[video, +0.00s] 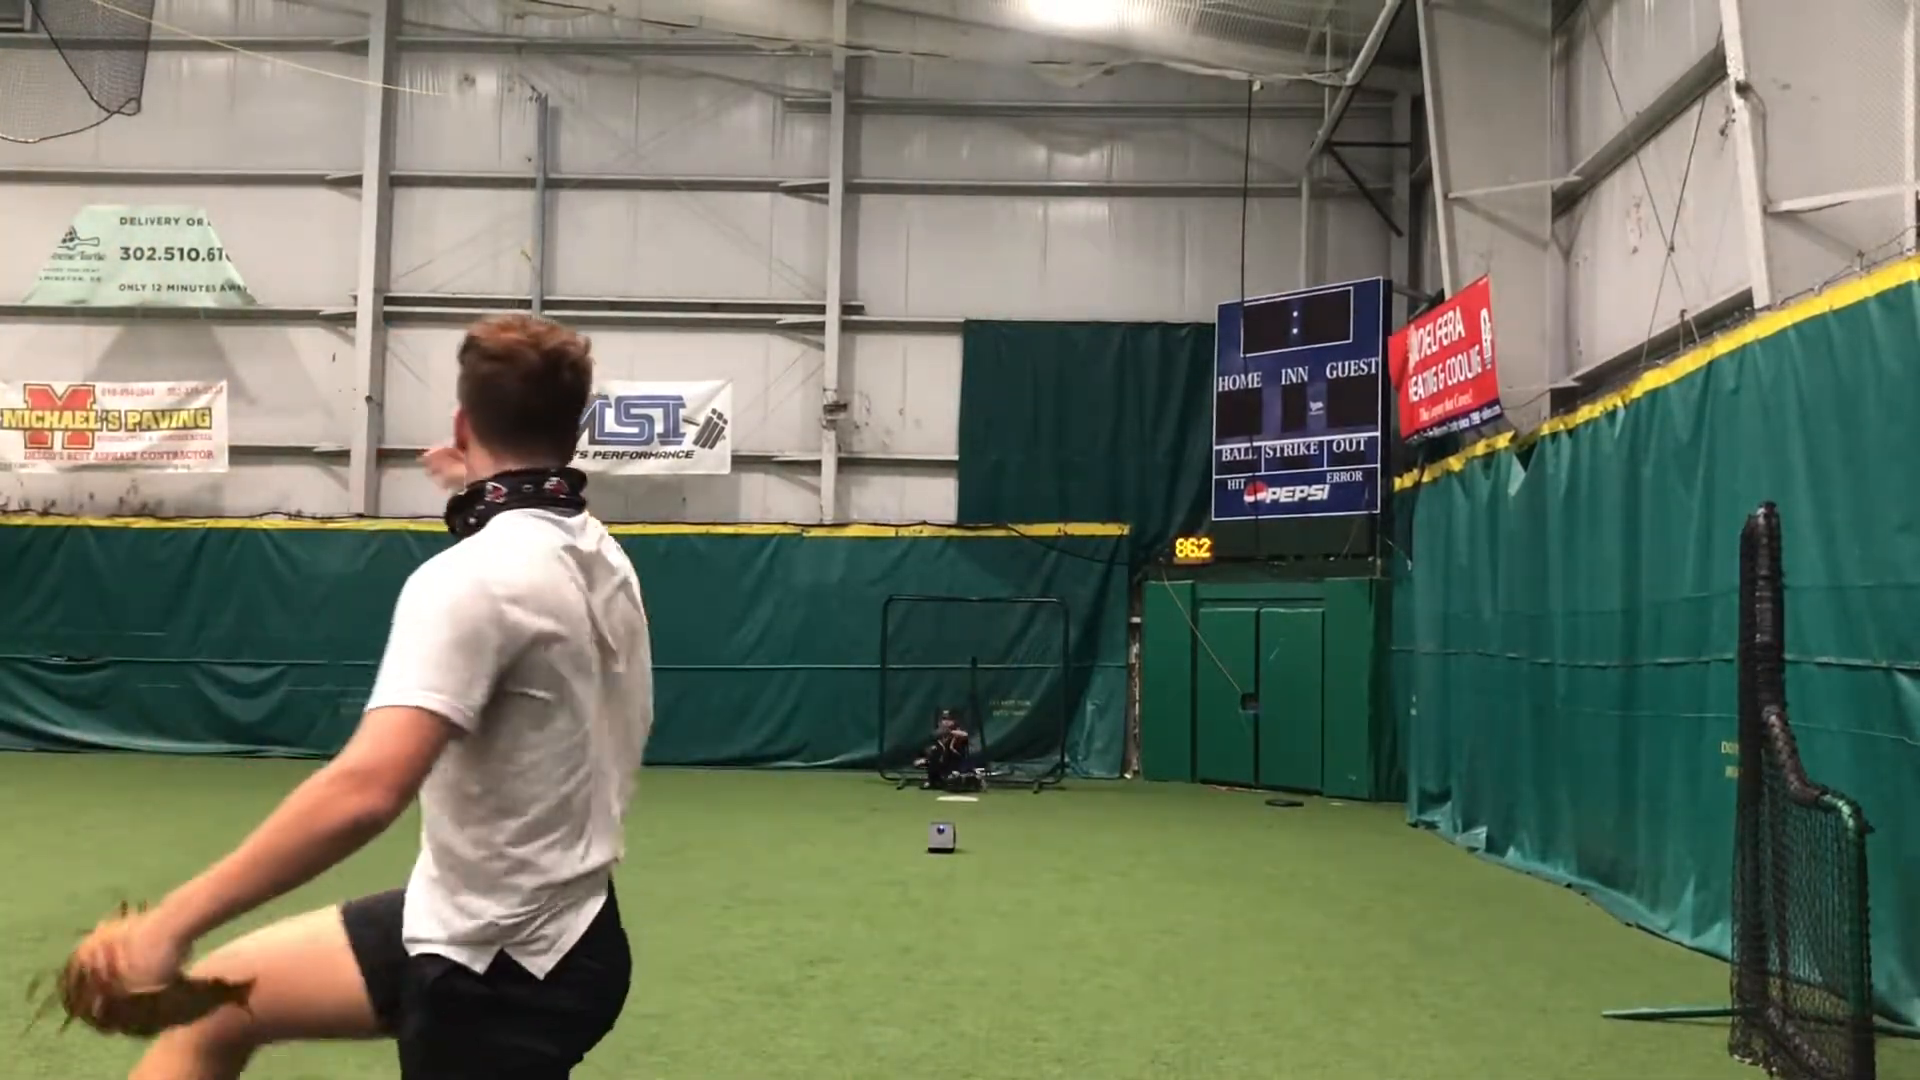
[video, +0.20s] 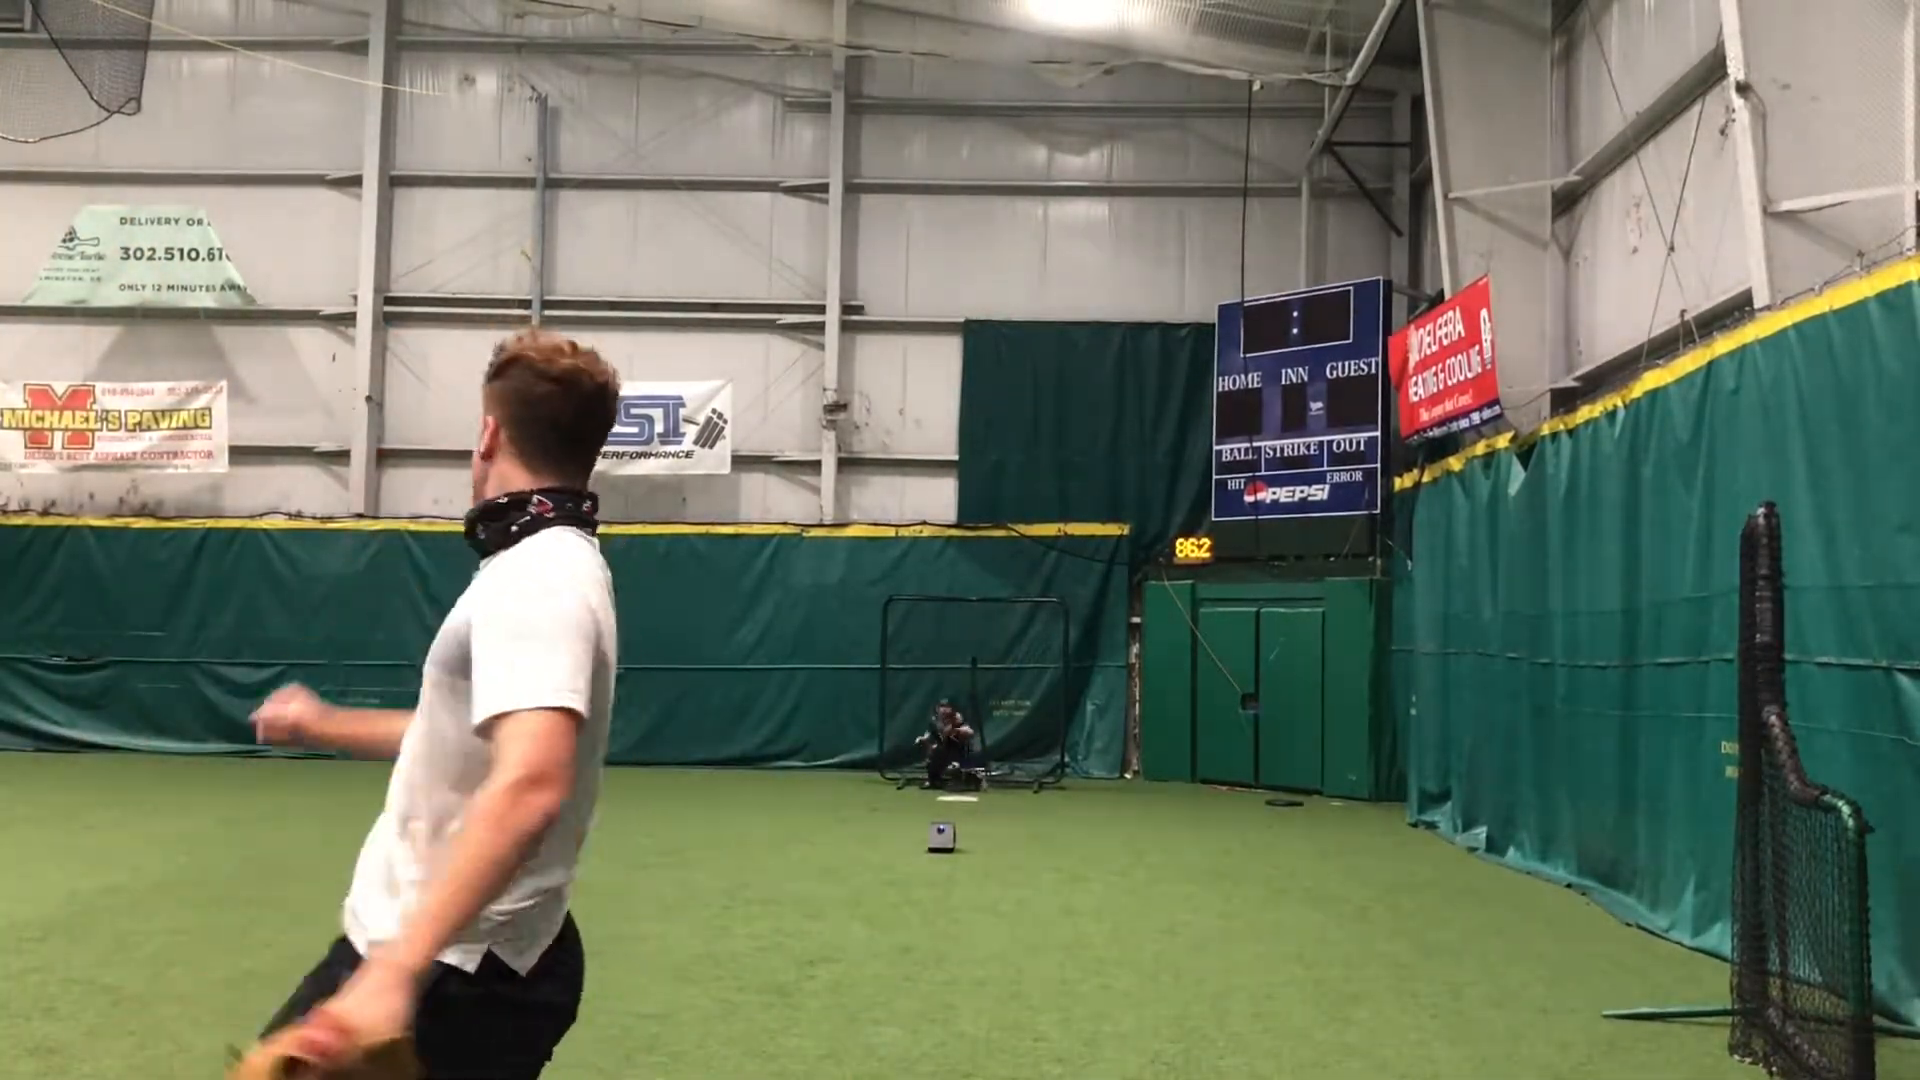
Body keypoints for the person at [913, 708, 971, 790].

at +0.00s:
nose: (946, 723)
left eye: (949, 720)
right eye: (944, 720)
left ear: (955, 722)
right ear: (940, 722)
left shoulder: (960, 737)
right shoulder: (936, 736)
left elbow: (965, 735)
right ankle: (932, 780)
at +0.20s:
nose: (945, 718)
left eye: (948, 715)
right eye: (943, 715)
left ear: (953, 715)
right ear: (938, 715)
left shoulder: (958, 725)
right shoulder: (936, 727)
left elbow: (970, 732)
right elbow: (926, 739)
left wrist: (956, 731)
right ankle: (933, 779)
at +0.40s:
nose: (948, 693)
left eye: (951, 690)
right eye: (945, 690)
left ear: (956, 692)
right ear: (941, 692)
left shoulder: (962, 706)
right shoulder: (935, 706)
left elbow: (976, 721)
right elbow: (934, 721)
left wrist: (963, 729)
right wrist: (938, 727)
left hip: (960, 736)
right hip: (943, 736)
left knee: (955, 759)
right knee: (932, 753)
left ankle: (979, 781)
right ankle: (934, 781)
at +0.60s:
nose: (958, 675)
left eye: (961, 672)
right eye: (956, 672)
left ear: (966, 673)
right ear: (951, 673)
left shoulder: (973, 688)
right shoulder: (942, 689)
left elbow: (982, 700)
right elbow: (941, 706)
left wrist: (972, 712)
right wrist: (950, 718)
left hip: (967, 723)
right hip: (948, 724)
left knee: (965, 753)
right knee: (938, 749)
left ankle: (982, 780)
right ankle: (932, 779)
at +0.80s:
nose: (961, 665)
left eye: (965, 662)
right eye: (959, 661)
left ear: (971, 664)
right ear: (956, 663)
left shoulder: (978, 678)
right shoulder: (947, 678)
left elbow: (987, 693)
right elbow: (944, 696)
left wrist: (979, 705)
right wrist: (948, 709)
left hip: (971, 717)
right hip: (953, 717)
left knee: (972, 750)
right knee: (945, 748)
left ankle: (983, 779)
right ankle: (936, 776)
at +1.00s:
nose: (956, 666)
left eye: (959, 662)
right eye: (953, 662)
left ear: (966, 665)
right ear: (950, 665)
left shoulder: (972, 683)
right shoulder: (942, 684)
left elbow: (980, 703)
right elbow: (939, 703)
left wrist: (958, 706)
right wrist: (945, 703)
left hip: (971, 725)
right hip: (951, 725)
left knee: (974, 753)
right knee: (945, 754)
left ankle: (983, 781)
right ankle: (943, 783)